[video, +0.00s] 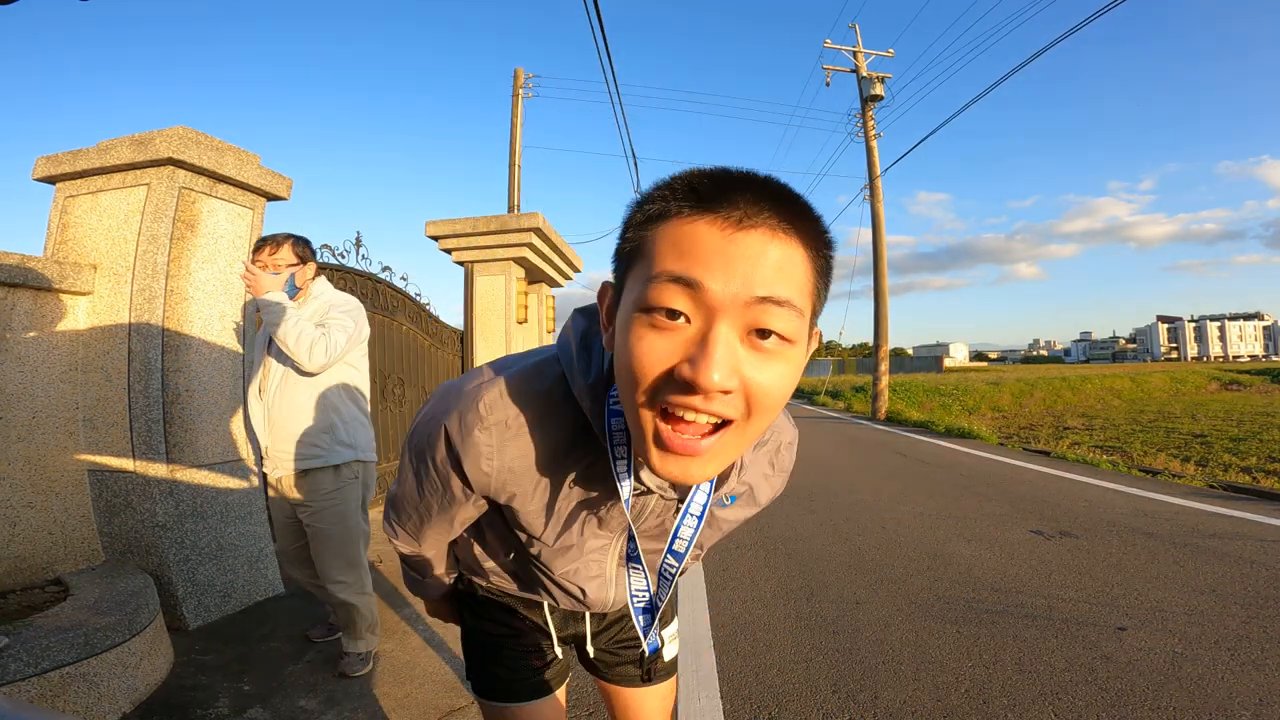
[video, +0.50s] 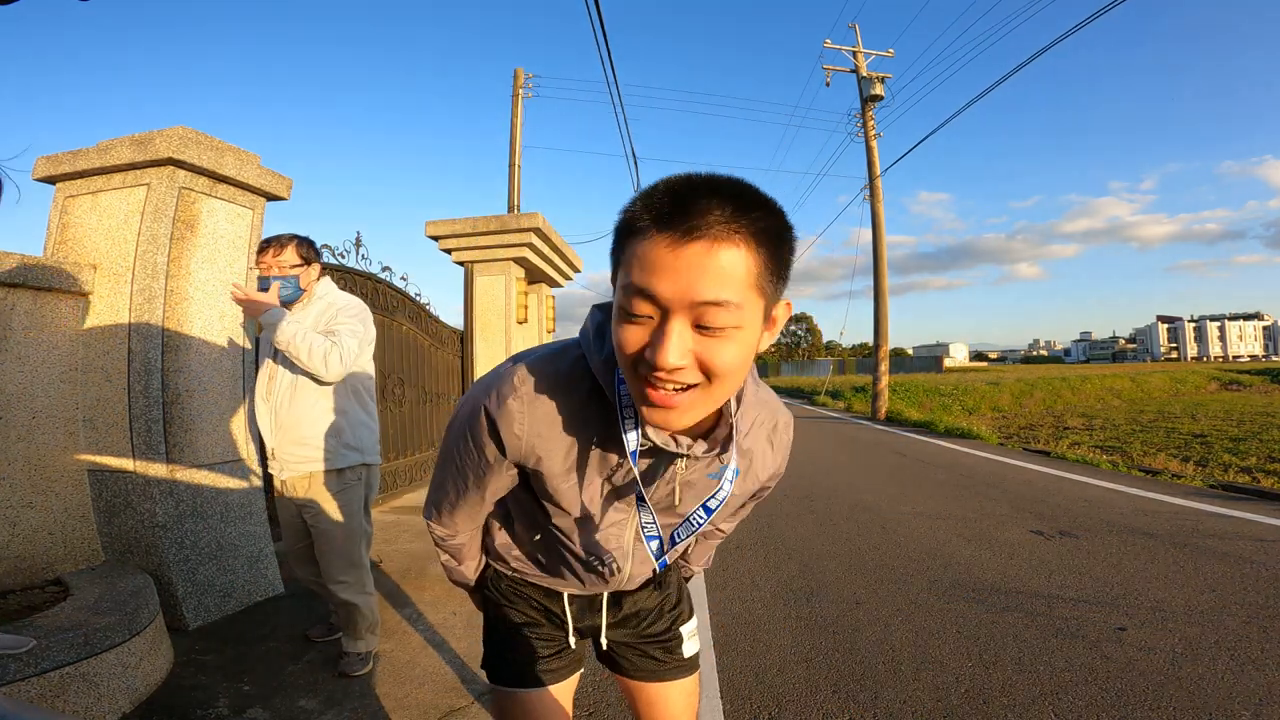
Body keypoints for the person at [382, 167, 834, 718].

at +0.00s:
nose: (707, 375)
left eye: (765, 334)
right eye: (672, 314)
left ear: (805, 355)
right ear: (610, 316)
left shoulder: (772, 454)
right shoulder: (481, 425)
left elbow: (687, 529)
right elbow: (416, 535)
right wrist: (441, 595)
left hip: (639, 581)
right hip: (509, 586)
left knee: (650, 708)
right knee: (533, 709)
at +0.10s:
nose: (718, 367)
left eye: (771, 330)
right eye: (686, 313)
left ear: (809, 352)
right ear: (630, 314)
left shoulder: (776, 450)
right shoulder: (502, 420)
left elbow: (691, 515)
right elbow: (440, 528)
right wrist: (494, 574)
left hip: (644, 578)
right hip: (523, 585)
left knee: (658, 707)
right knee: (533, 707)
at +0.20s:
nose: (727, 357)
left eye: (775, 322)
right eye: (693, 306)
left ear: (811, 346)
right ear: (639, 315)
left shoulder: (777, 447)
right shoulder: (517, 414)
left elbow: (693, 512)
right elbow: (440, 522)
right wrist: (478, 582)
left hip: (644, 576)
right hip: (524, 585)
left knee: (664, 708)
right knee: (536, 709)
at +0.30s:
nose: (729, 350)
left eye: (774, 320)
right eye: (696, 304)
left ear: (809, 345)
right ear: (644, 315)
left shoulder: (777, 445)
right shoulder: (524, 413)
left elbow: (700, 514)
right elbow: (444, 523)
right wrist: (482, 586)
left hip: (646, 577)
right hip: (528, 584)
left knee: (666, 709)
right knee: (538, 710)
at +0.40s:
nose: (716, 354)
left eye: (760, 323)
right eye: (683, 310)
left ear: (800, 342)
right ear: (639, 314)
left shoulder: (774, 445)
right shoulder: (525, 413)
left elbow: (700, 521)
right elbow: (448, 523)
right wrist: (484, 585)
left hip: (645, 576)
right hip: (528, 582)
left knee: (669, 709)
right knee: (538, 706)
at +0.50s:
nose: (665, 355)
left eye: (708, 325)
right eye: (640, 314)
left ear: (770, 326)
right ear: (614, 299)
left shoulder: (767, 432)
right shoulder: (520, 401)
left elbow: (716, 528)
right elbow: (450, 518)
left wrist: (676, 569)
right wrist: (486, 583)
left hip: (653, 581)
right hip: (531, 586)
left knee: (674, 710)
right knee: (533, 708)